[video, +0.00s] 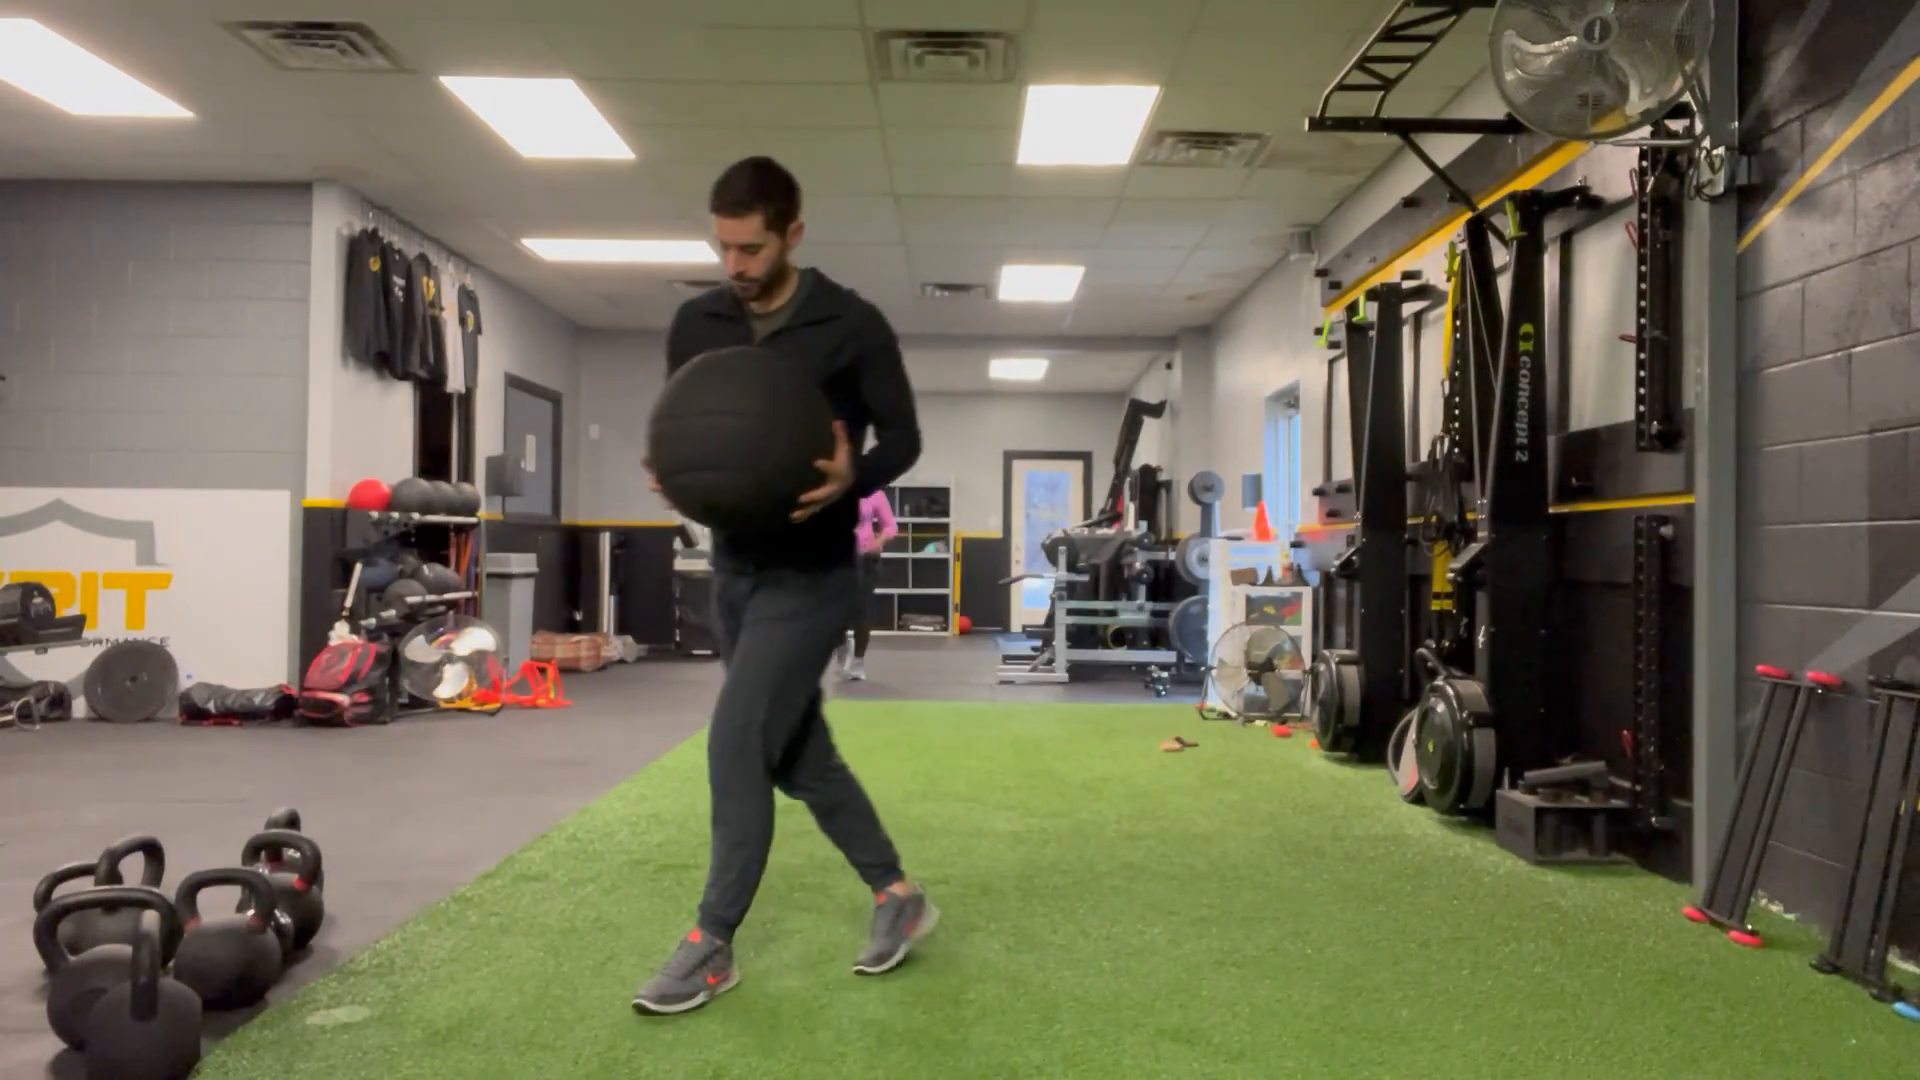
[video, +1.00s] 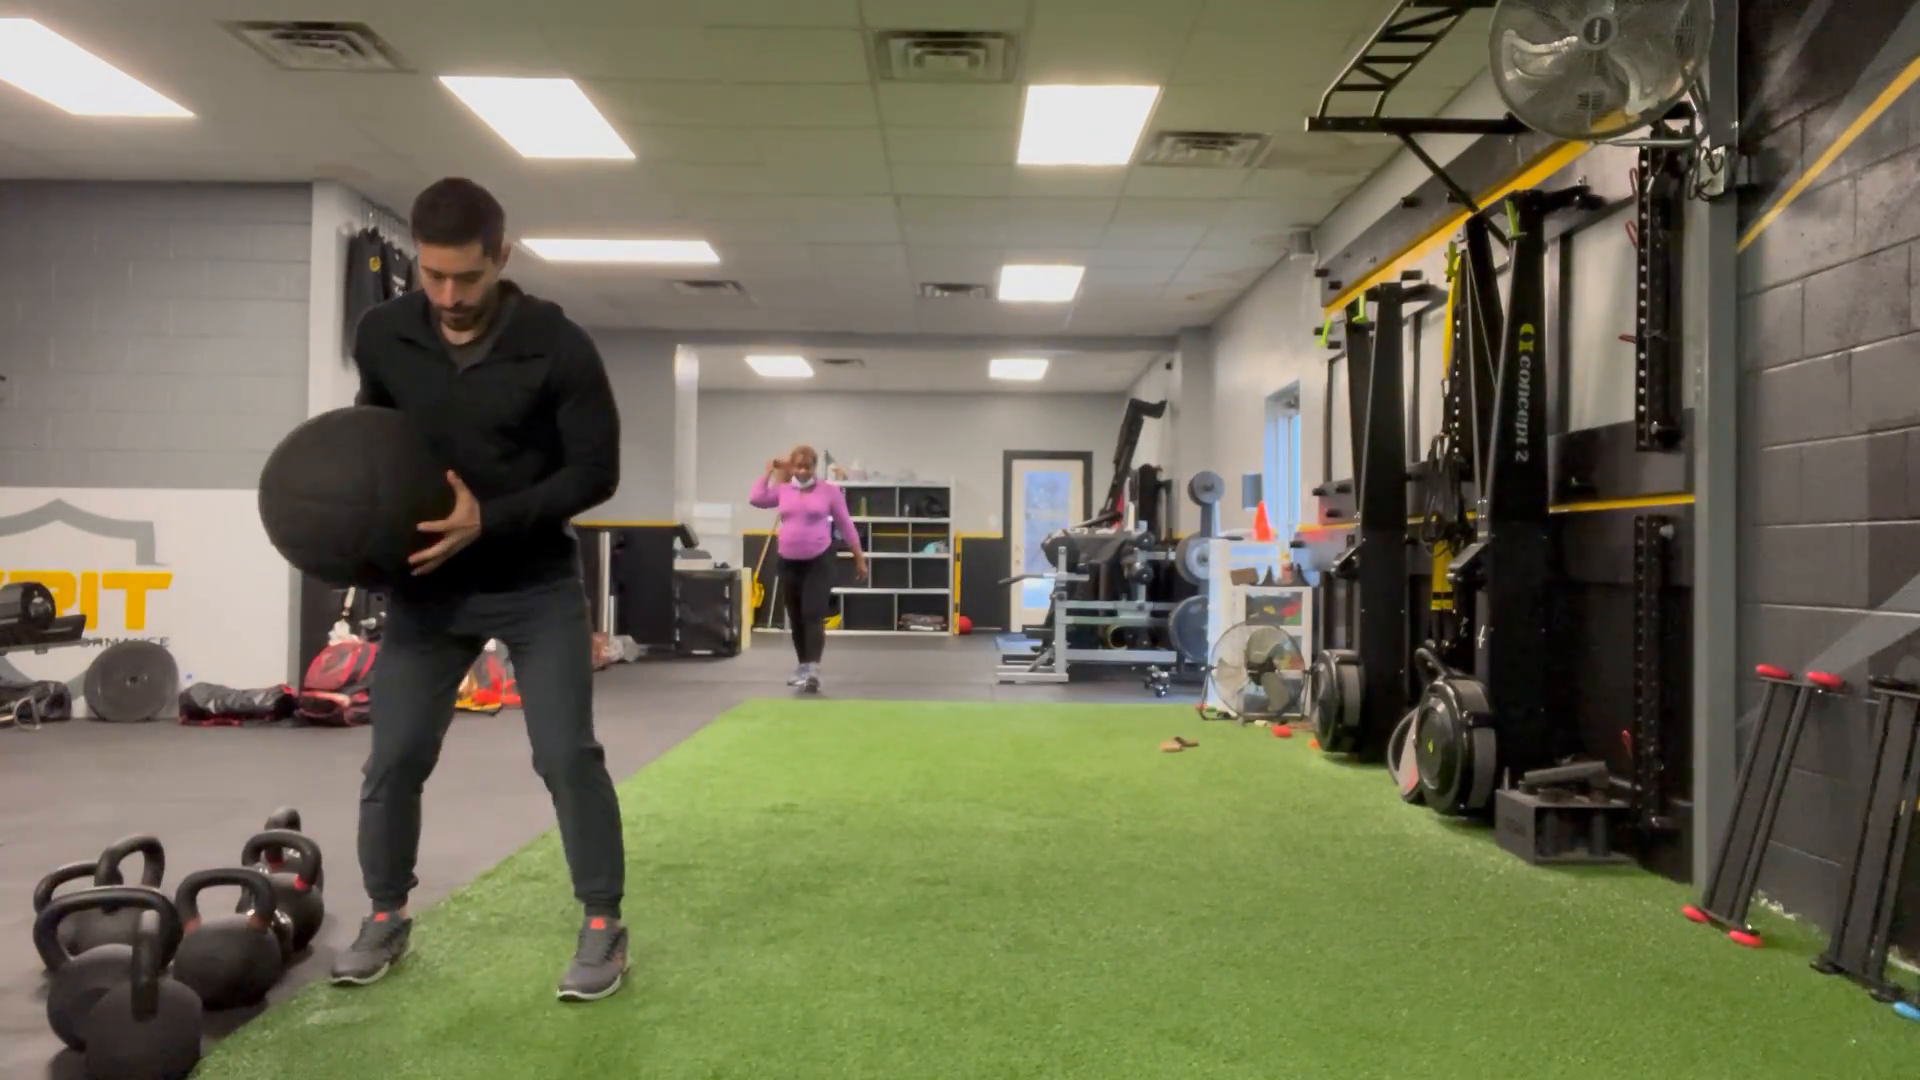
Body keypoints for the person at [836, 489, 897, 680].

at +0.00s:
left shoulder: (873, 493)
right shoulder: (833, 495)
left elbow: (890, 526)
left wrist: (878, 542)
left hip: (864, 555)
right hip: (839, 558)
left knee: (862, 610)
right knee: (836, 606)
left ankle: (858, 661)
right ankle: (841, 647)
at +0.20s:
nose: (838, 474)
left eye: (842, 469)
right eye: (835, 469)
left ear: (851, 469)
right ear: (831, 471)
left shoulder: (868, 492)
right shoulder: (826, 494)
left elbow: (885, 521)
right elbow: (804, 511)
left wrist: (869, 531)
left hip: (857, 556)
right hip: (830, 558)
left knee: (855, 610)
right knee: (821, 605)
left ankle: (857, 662)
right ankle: (824, 658)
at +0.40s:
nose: (825, 479)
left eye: (829, 474)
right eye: (822, 475)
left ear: (840, 472)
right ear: (818, 474)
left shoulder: (857, 492)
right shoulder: (813, 493)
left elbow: (868, 524)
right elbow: (787, 482)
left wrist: (849, 535)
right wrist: (810, 471)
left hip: (848, 560)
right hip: (819, 560)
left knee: (850, 612)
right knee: (816, 612)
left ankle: (855, 663)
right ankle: (806, 666)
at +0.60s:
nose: (813, 475)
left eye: (817, 470)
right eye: (809, 470)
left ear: (827, 469)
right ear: (805, 470)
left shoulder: (842, 491)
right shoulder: (798, 489)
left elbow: (852, 523)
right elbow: (772, 478)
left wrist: (852, 556)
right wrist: (800, 468)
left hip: (831, 558)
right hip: (802, 558)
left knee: (834, 609)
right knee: (802, 611)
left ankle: (850, 654)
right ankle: (805, 668)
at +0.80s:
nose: (805, 471)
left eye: (809, 467)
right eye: (801, 467)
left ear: (818, 467)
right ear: (795, 467)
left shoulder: (834, 490)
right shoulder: (789, 488)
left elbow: (850, 523)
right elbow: (760, 486)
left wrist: (860, 556)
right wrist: (779, 467)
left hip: (822, 557)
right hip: (792, 558)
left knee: (822, 608)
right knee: (798, 613)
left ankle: (829, 663)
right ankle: (804, 667)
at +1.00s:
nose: (801, 471)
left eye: (805, 466)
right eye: (797, 466)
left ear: (814, 467)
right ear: (790, 467)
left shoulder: (829, 491)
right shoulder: (783, 490)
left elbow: (846, 524)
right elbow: (756, 498)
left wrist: (859, 557)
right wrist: (768, 472)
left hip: (818, 559)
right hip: (789, 560)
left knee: (812, 612)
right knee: (796, 614)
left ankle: (813, 667)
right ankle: (802, 665)